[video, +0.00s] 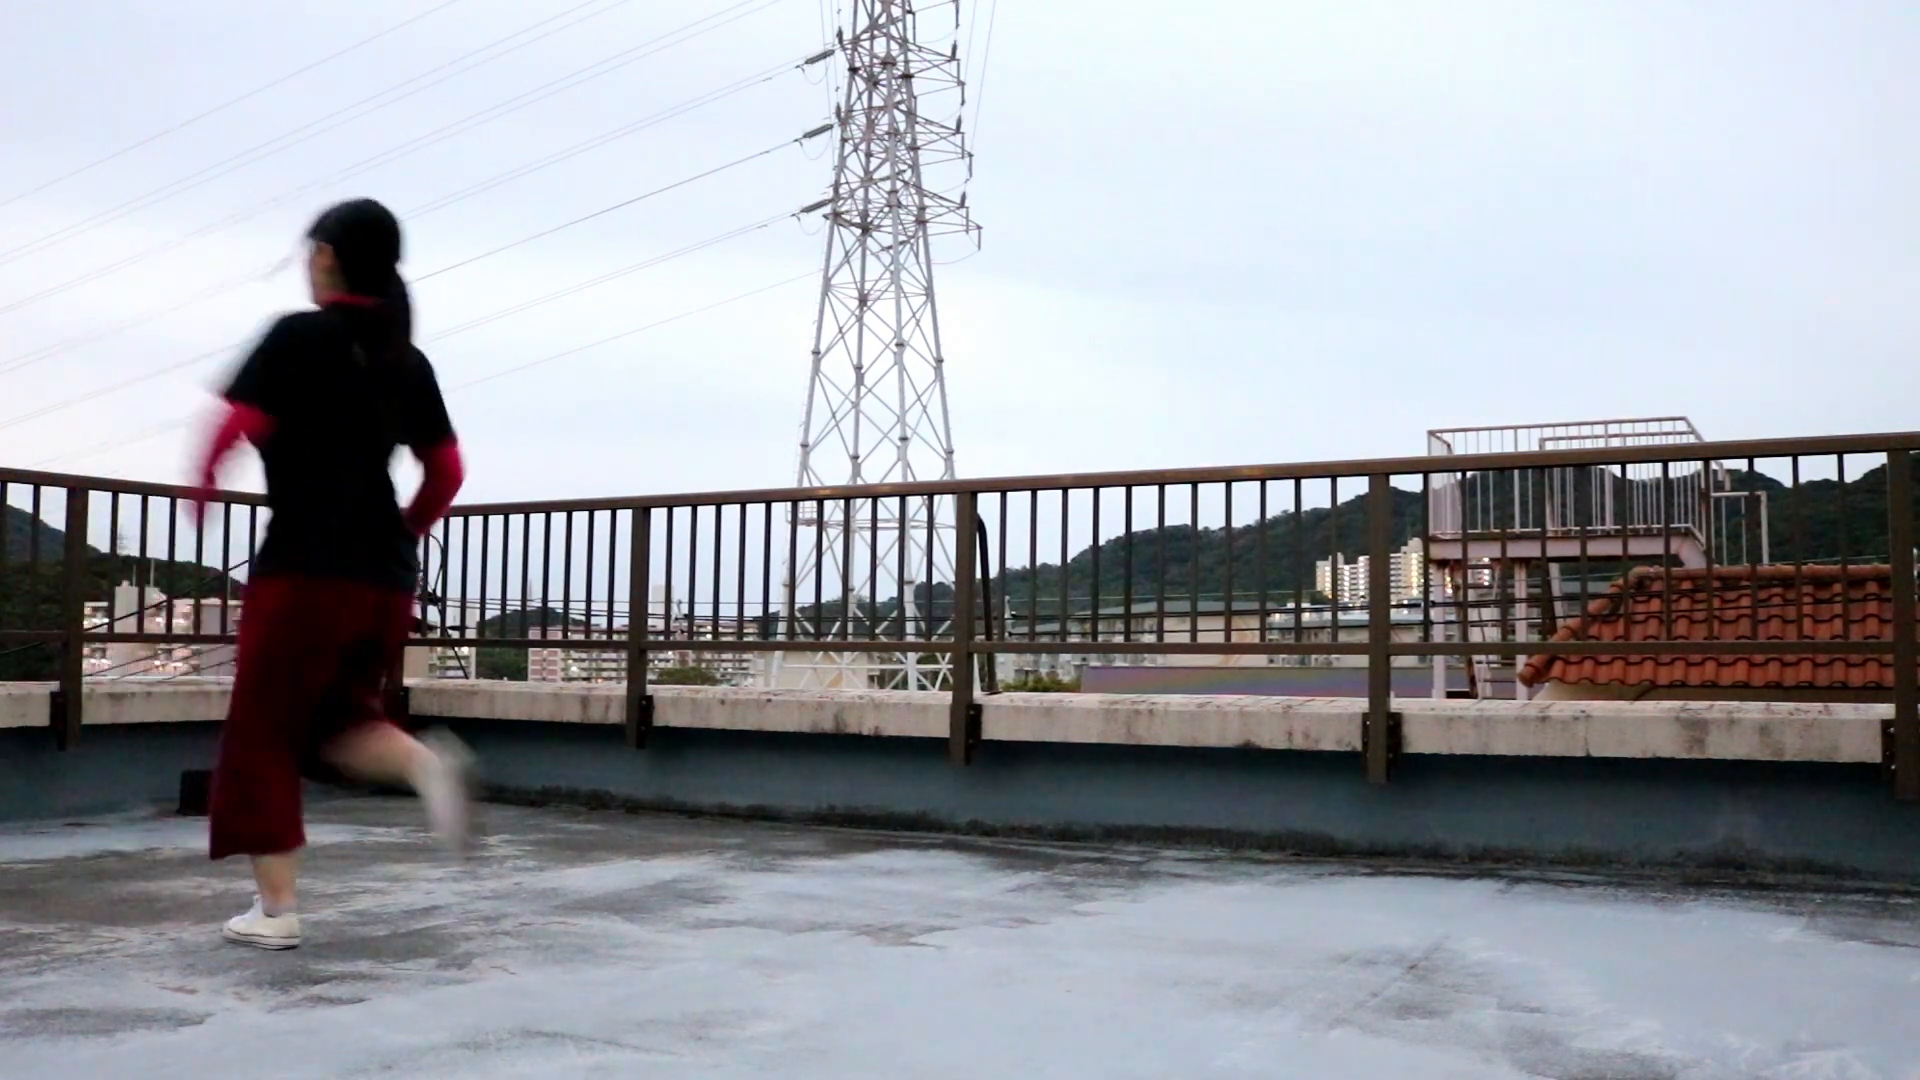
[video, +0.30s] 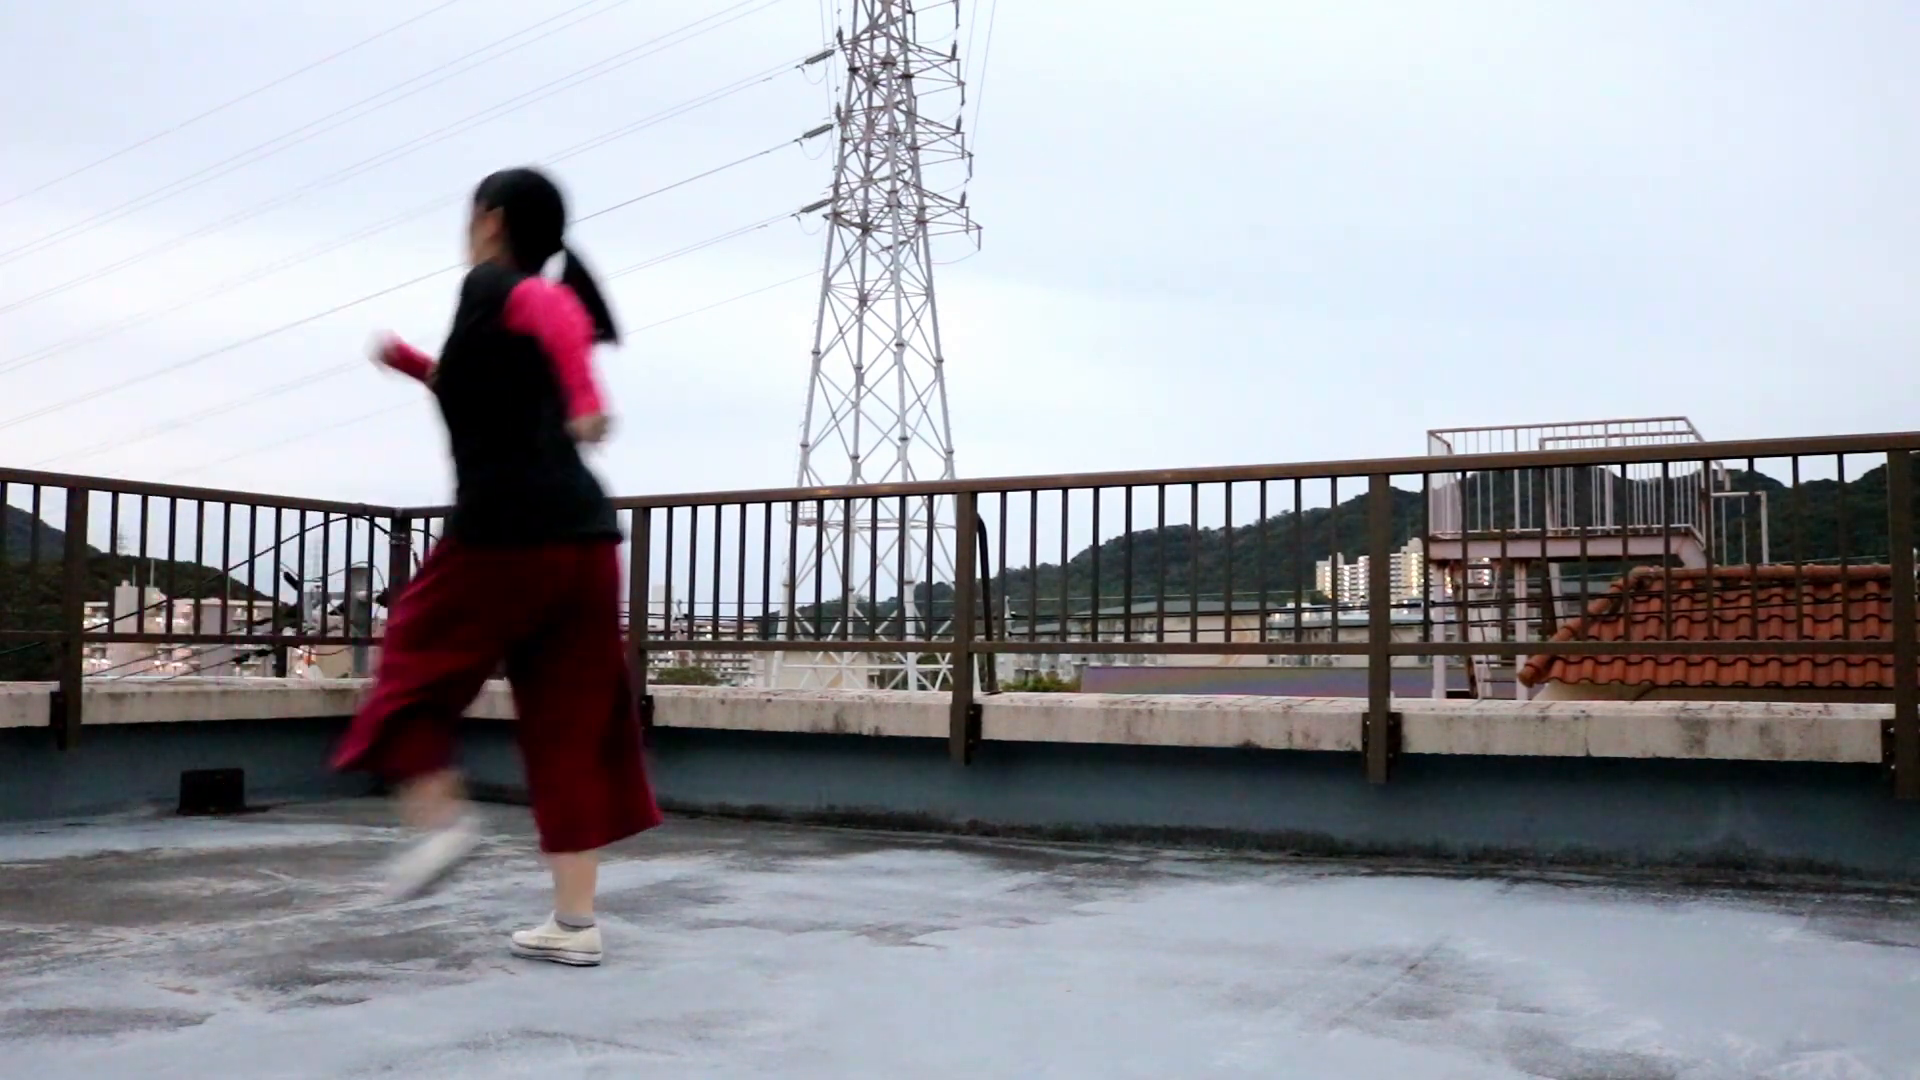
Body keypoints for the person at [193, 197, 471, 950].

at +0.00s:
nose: (307, 265)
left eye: (313, 254)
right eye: (312, 253)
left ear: (328, 262)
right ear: (385, 268)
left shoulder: (296, 336)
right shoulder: (406, 358)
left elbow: (239, 421)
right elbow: (446, 470)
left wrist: (205, 477)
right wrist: (404, 529)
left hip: (299, 568)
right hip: (381, 569)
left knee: (263, 728)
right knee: (334, 725)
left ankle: (276, 909)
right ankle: (424, 761)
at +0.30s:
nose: (468, 229)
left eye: (475, 216)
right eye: (473, 217)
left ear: (496, 223)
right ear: (539, 232)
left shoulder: (497, 284)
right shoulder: (526, 305)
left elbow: (559, 315)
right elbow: (483, 396)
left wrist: (585, 401)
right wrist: (410, 362)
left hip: (502, 533)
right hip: (581, 540)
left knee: (409, 668)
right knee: (568, 718)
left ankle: (436, 819)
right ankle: (575, 922)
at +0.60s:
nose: (645, 215)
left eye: (654, 202)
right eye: (652, 201)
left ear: (680, 212)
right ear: (724, 218)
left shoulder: (651, 295)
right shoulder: (750, 308)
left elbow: (582, 392)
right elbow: (812, 429)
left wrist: (529, 466)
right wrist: (853, 542)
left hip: (678, 555)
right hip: (740, 550)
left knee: (741, 737)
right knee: (639, 726)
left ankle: (870, 929)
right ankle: (585, 920)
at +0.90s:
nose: (832, 152)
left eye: (839, 137)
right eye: (837, 136)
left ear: (869, 143)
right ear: (905, 149)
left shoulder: (848, 225)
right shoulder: (939, 240)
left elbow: (807, 324)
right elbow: (1006, 369)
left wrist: (743, 431)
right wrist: (1029, 488)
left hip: (899, 499)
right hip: (974, 497)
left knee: (859, 696)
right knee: (921, 699)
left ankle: (881, 933)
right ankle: (1034, 844)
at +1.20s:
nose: (1029, 227)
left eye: (1043, 210)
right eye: (1029, 212)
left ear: (1097, 213)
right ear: (1098, 222)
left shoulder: (1089, 294)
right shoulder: (1134, 308)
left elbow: (1108, 400)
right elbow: (1158, 474)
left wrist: (1095, 541)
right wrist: (1056, 543)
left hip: (1173, 553)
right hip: (1234, 556)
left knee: (1046, 722)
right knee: (1188, 753)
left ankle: (1069, 937)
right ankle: (1261, 961)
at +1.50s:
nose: (1219, 227)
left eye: (1231, 204)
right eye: (1199, 224)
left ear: (1279, 210)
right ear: (1195, 259)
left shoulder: (1298, 279)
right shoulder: (1252, 362)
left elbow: (1302, 319)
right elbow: (1143, 434)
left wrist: (1315, 483)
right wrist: (1079, 350)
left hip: (1399, 525)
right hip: (1434, 545)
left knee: (1209, 597)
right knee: (1355, 767)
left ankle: (1210, 827)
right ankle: (1460, 979)